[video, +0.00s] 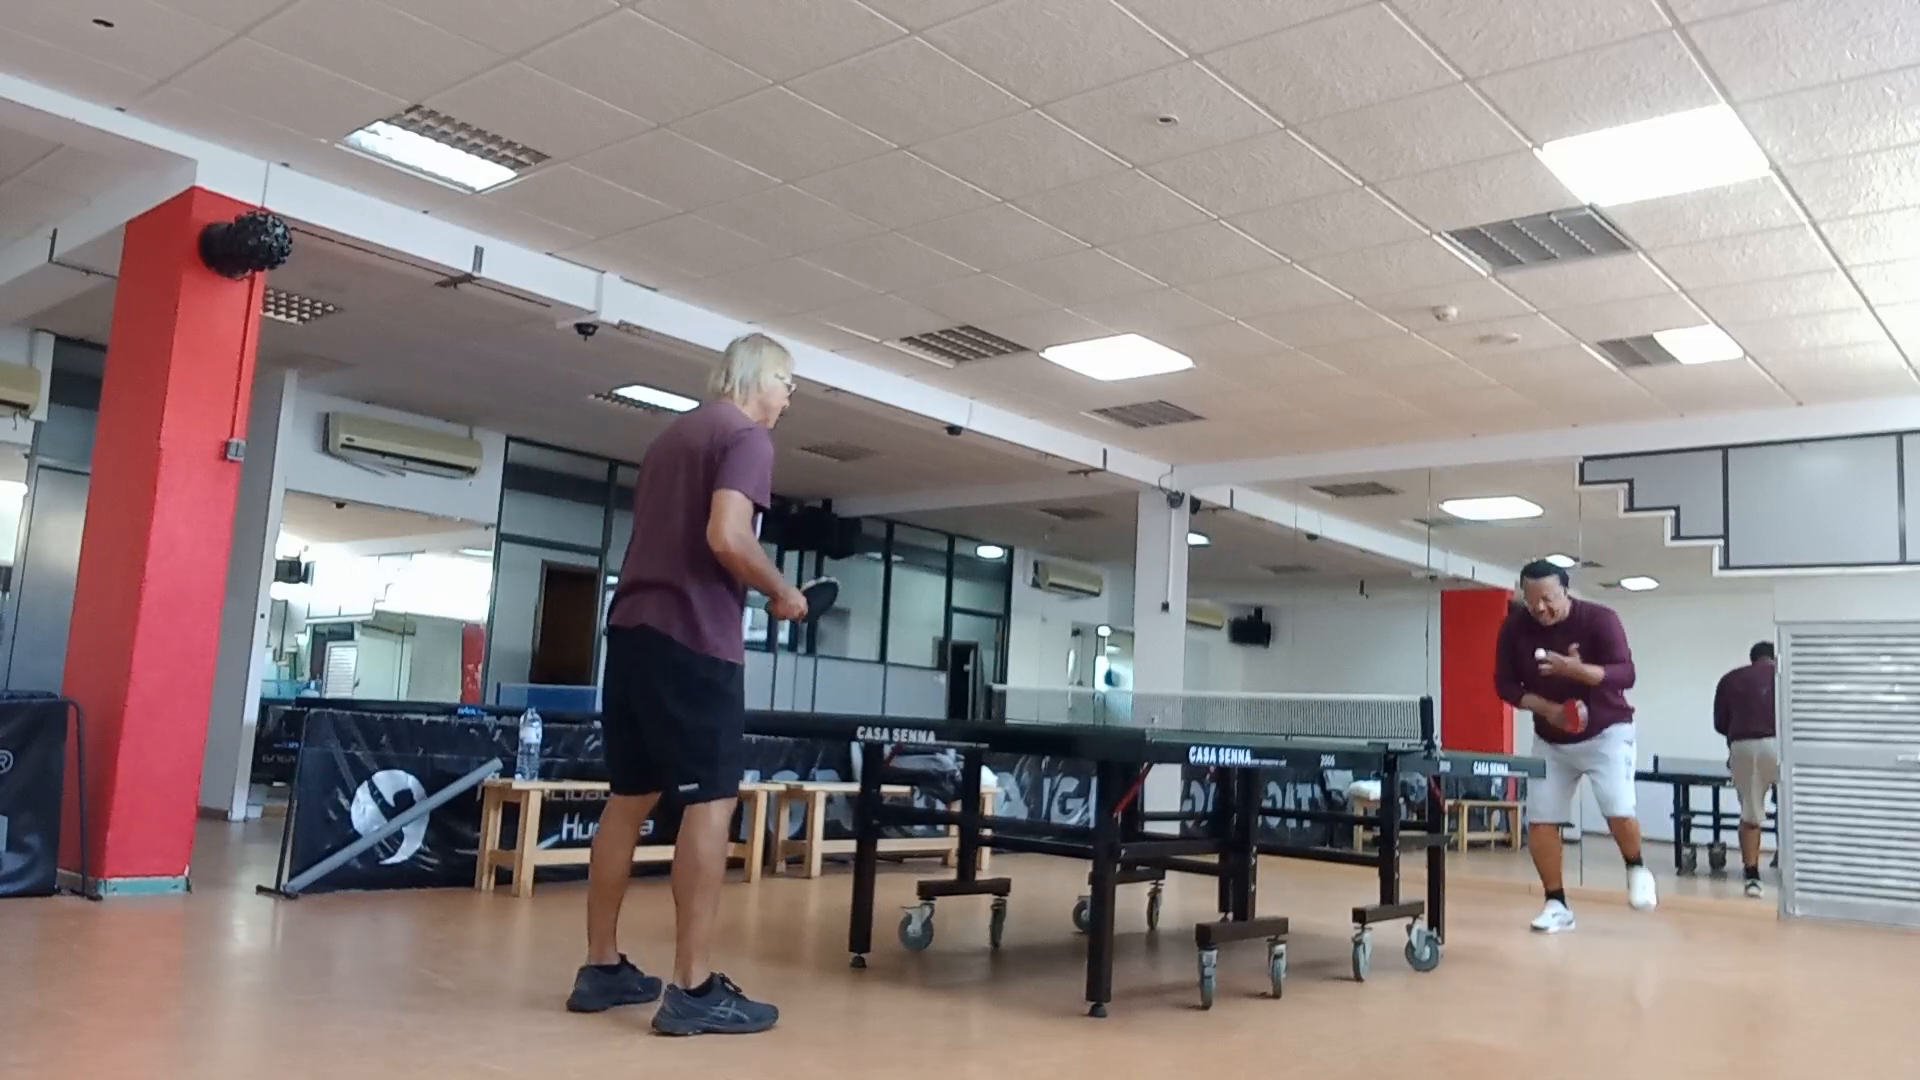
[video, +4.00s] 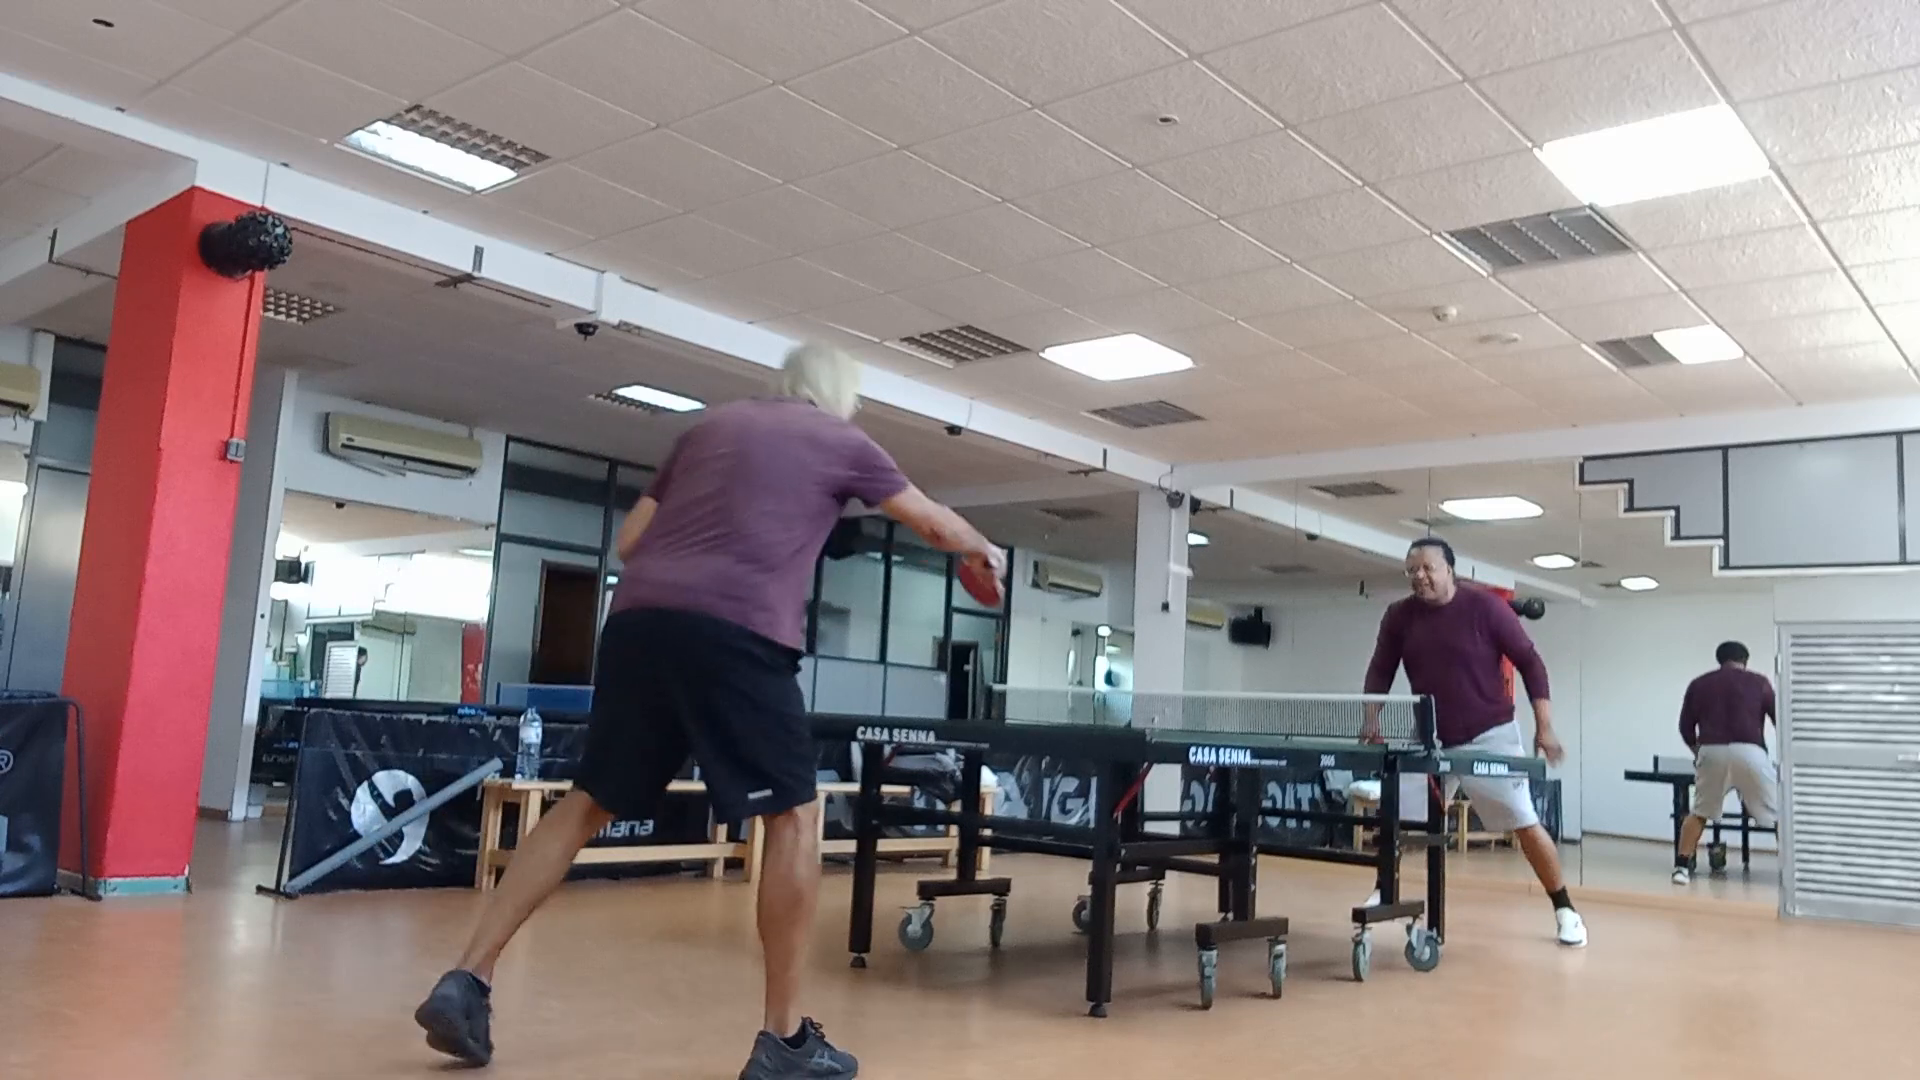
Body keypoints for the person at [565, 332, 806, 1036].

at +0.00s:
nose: (782, 407)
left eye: (785, 395)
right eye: (782, 392)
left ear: (725, 380)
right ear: (758, 383)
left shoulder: (671, 435)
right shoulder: (746, 434)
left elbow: (654, 540)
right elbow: (728, 535)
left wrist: (741, 580)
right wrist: (780, 590)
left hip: (632, 634)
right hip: (694, 642)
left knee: (628, 797)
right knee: (710, 803)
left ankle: (602, 967)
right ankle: (692, 989)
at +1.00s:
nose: (713, 450)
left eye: (716, 438)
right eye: (712, 435)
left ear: (655, 422)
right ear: (686, 426)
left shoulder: (592, 469)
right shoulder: (672, 473)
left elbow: (579, 571)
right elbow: (722, 582)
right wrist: (805, 552)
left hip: (543, 649)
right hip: (606, 653)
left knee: (575, 793)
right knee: (675, 790)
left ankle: (515, 951)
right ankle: (660, 986)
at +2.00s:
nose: (799, 425)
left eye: (799, 409)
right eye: (792, 408)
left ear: (745, 410)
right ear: (754, 410)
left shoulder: (723, 483)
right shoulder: (682, 483)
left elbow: (711, 593)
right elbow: (704, 628)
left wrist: (728, 671)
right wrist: (773, 659)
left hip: (624, 673)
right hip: (589, 669)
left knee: (639, 814)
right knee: (697, 811)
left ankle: (498, 924)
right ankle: (688, 1023)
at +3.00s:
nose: (627, 338)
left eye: (630, 323)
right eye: (626, 322)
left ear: (554, 311)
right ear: (597, 319)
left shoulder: (487, 369)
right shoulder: (573, 379)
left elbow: (437, 507)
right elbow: (559, 511)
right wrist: (641, 596)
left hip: (395, 610)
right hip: (466, 628)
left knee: (373, 812)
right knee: (480, 820)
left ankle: (285, 1009)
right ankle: (408, 1047)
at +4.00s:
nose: (854, 419)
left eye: (849, 411)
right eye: (856, 409)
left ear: (781, 387)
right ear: (843, 403)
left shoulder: (706, 426)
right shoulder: (840, 440)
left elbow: (629, 540)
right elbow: (935, 524)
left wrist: (697, 577)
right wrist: (981, 549)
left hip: (635, 622)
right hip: (736, 631)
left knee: (588, 800)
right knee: (793, 815)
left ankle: (467, 978)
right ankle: (785, 1033)